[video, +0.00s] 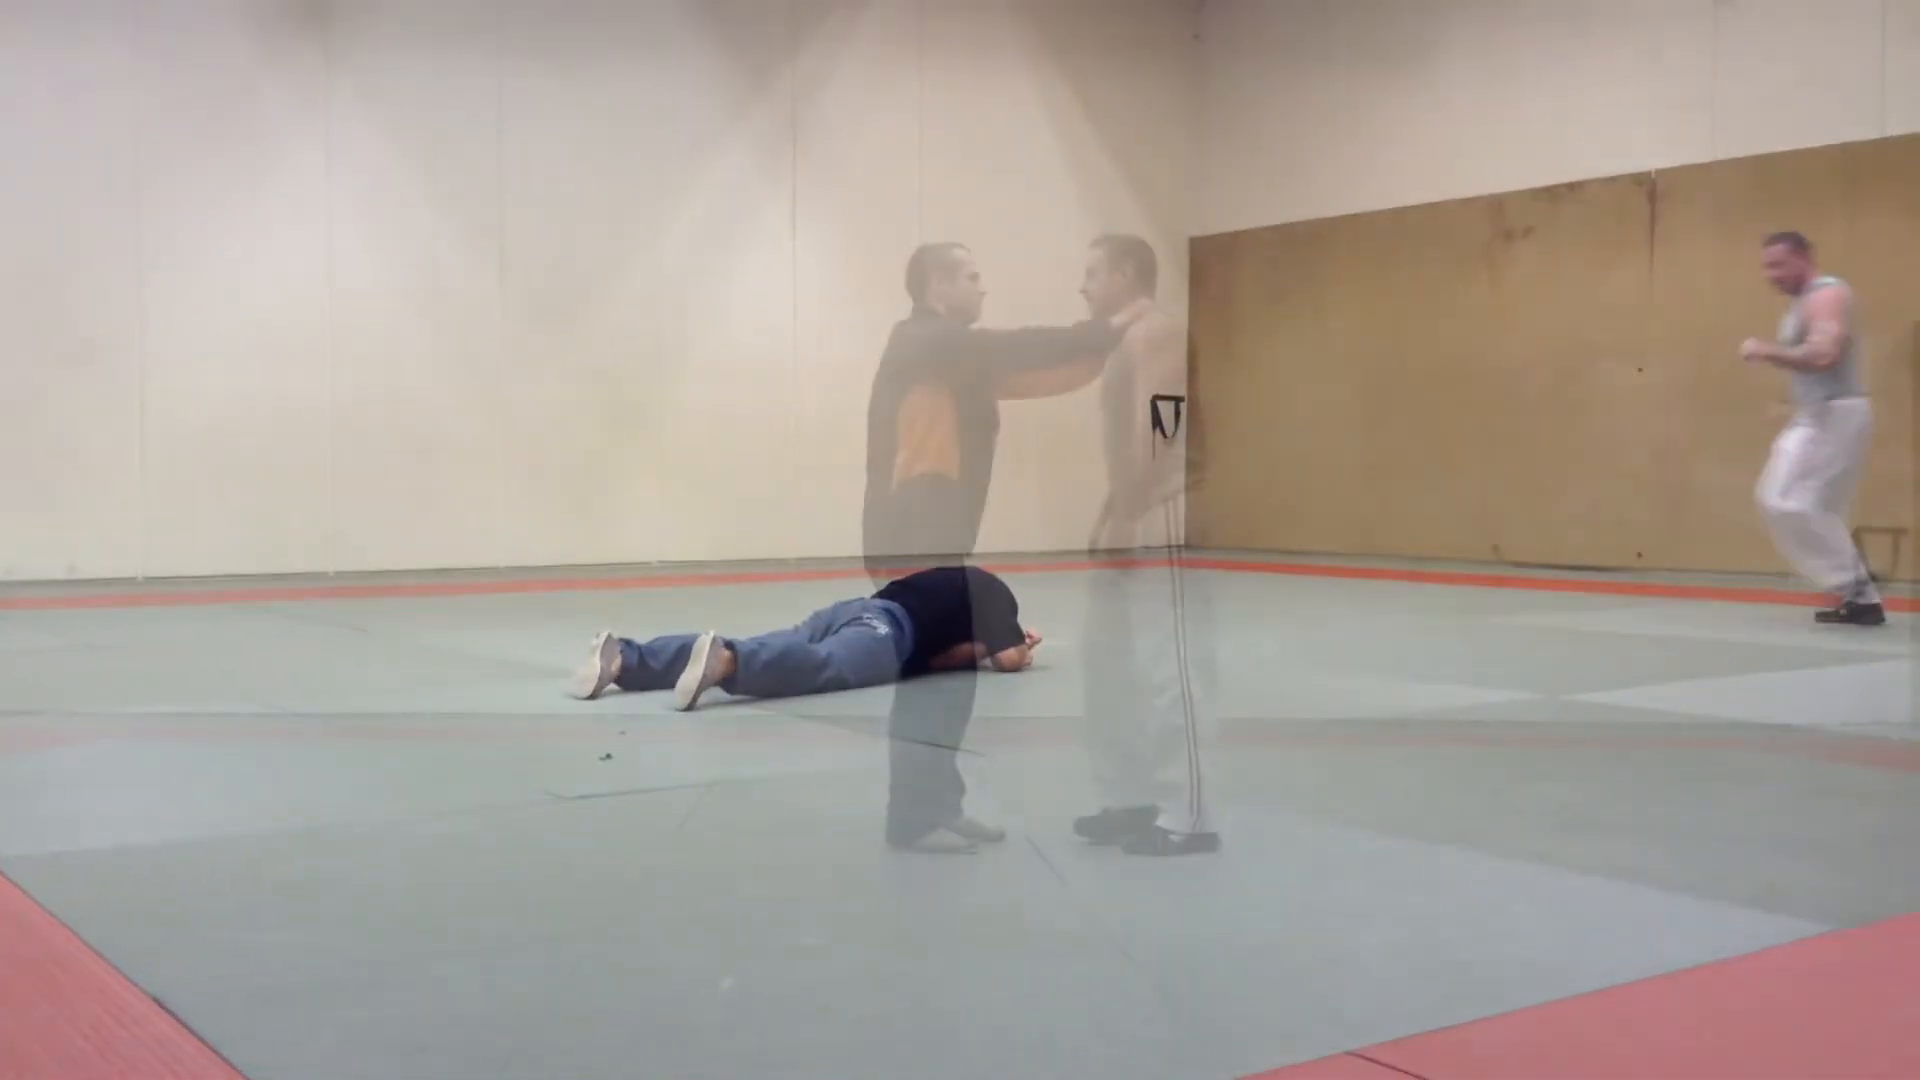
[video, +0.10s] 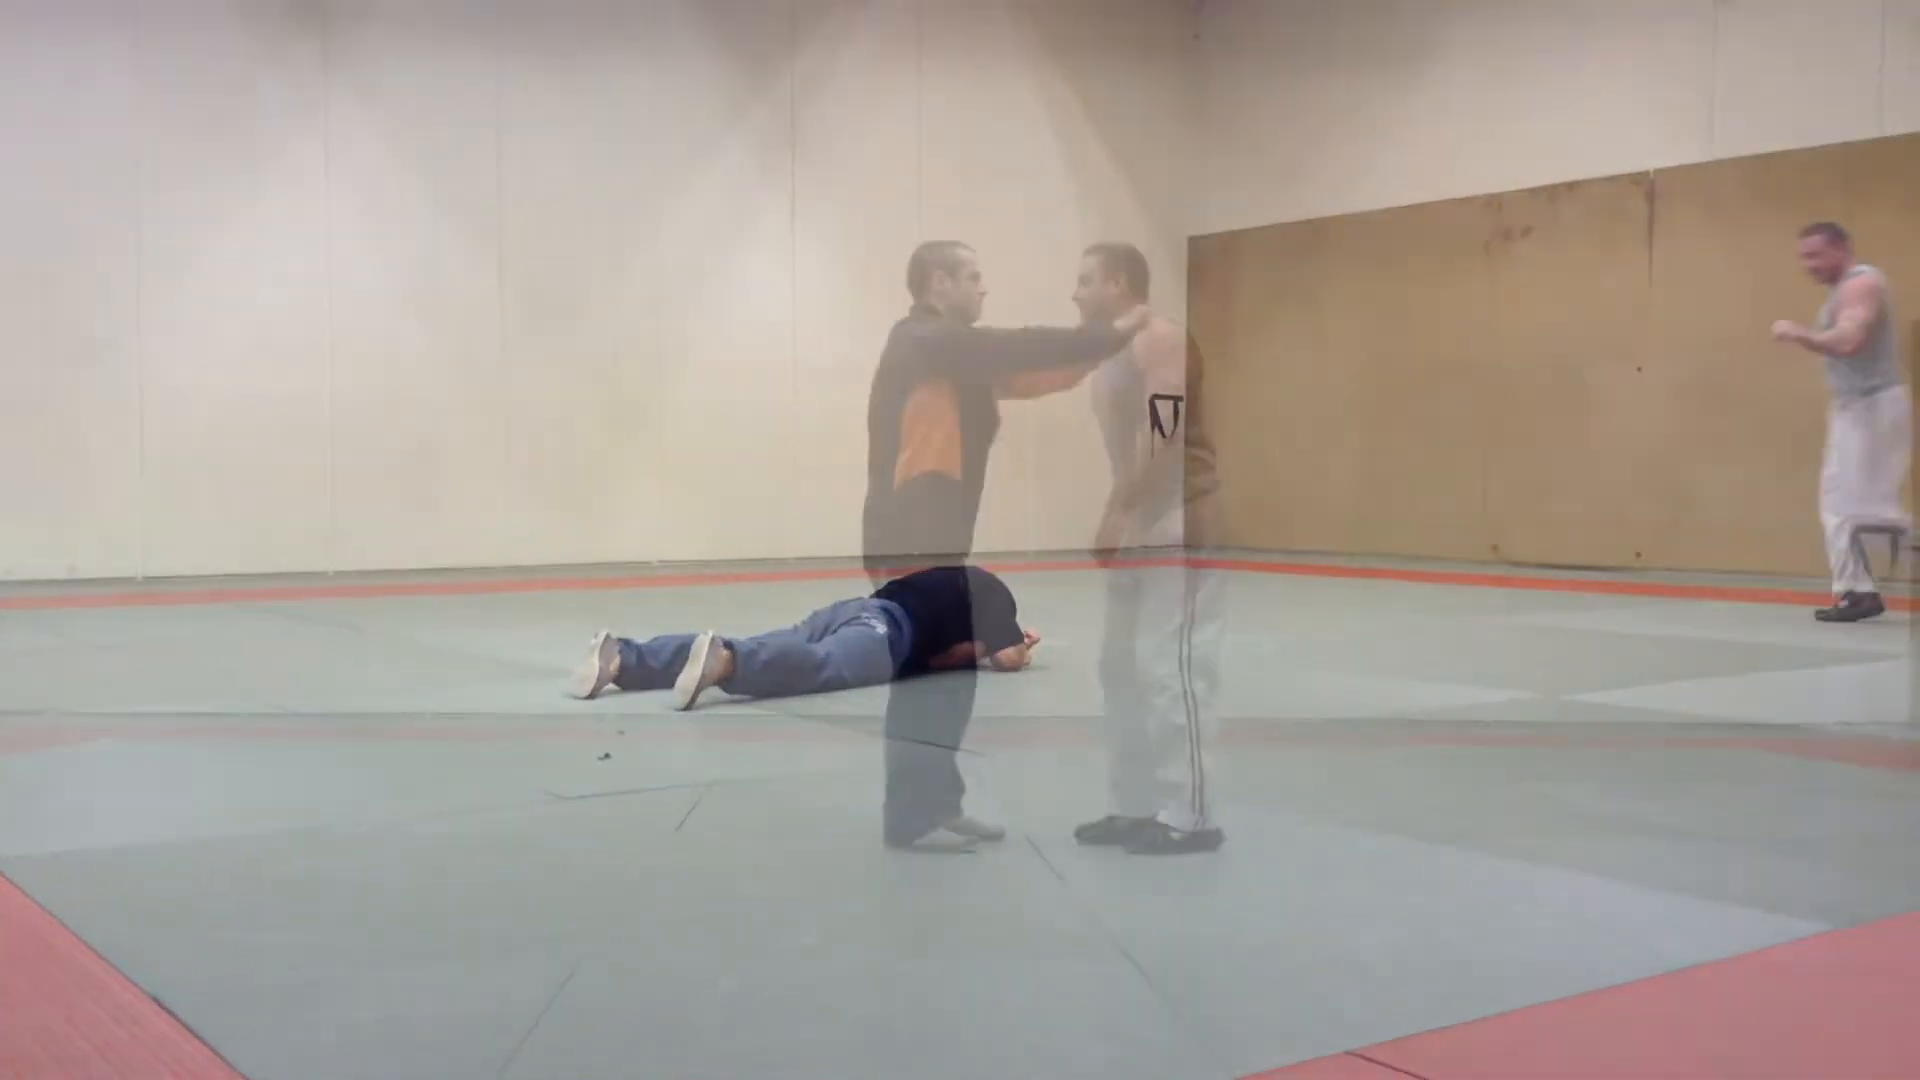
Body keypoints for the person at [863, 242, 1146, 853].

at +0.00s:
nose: (981, 285)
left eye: (978, 275)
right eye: (968, 276)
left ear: (949, 289)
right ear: (932, 288)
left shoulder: (955, 350)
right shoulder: (924, 339)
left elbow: (1040, 372)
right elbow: (1013, 344)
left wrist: (1109, 343)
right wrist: (1108, 329)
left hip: (937, 538)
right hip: (919, 540)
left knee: (953, 669)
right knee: (936, 674)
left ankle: (937, 808)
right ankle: (915, 817)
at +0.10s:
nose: (982, 288)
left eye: (980, 277)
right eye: (971, 277)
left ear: (941, 284)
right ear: (935, 283)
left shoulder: (954, 348)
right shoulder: (923, 339)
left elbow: (1035, 372)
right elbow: (1013, 345)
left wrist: (1108, 342)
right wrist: (1113, 333)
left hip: (935, 536)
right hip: (917, 538)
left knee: (951, 662)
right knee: (932, 666)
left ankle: (936, 807)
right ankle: (913, 816)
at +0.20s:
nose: (979, 292)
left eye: (977, 281)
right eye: (970, 281)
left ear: (936, 284)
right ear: (936, 284)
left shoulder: (943, 349)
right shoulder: (924, 340)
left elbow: (1022, 384)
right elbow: (1018, 352)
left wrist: (1104, 359)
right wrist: (1114, 351)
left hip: (933, 536)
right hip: (919, 539)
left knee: (946, 667)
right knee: (933, 669)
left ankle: (932, 808)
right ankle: (914, 817)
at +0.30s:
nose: (976, 294)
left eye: (974, 284)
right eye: (967, 283)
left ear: (931, 288)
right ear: (934, 286)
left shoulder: (935, 349)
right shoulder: (928, 342)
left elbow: (1026, 395)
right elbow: (1023, 360)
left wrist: (1108, 366)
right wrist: (1123, 361)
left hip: (927, 540)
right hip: (918, 541)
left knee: (951, 670)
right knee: (935, 673)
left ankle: (934, 808)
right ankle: (912, 819)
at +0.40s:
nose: (980, 294)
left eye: (977, 284)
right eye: (970, 283)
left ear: (932, 288)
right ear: (935, 287)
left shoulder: (938, 350)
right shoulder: (929, 343)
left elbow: (1023, 397)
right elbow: (1024, 362)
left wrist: (1111, 382)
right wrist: (1130, 368)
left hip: (930, 540)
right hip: (914, 542)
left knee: (961, 669)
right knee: (935, 673)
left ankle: (940, 807)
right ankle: (912, 822)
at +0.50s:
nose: (989, 293)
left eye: (987, 282)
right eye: (980, 282)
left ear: (945, 288)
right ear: (946, 287)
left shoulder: (953, 349)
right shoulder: (939, 342)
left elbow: (1031, 395)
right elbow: (1034, 363)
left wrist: (1111, 395)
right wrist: (1135, 369)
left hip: (938, 543)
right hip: (915, 545)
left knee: (970, 673)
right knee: (935, 676)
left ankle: (942, 808)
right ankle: (909, 823)